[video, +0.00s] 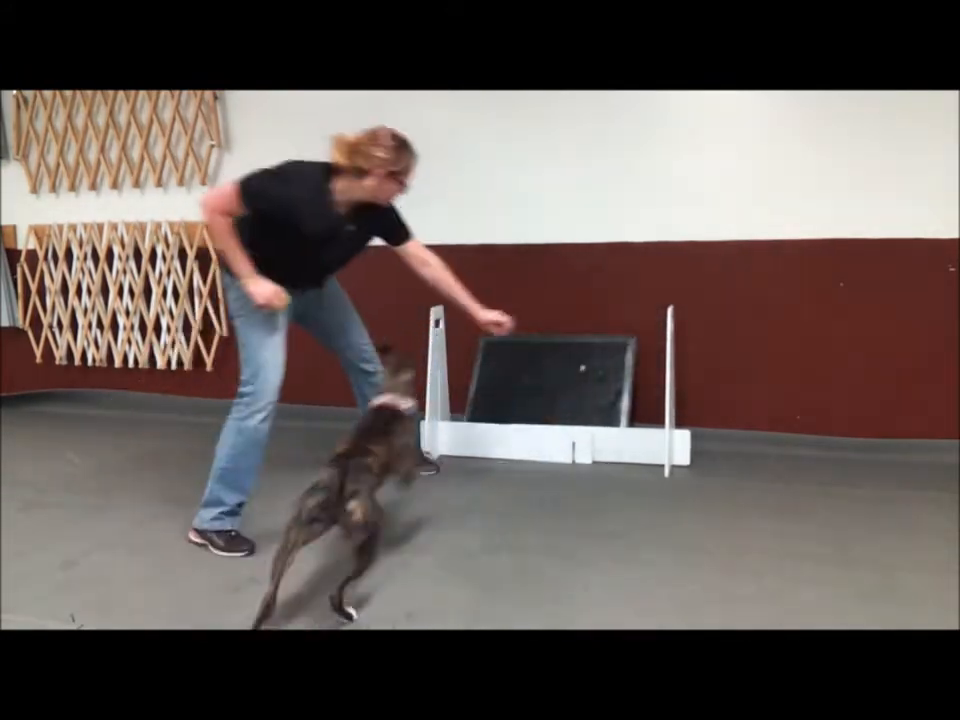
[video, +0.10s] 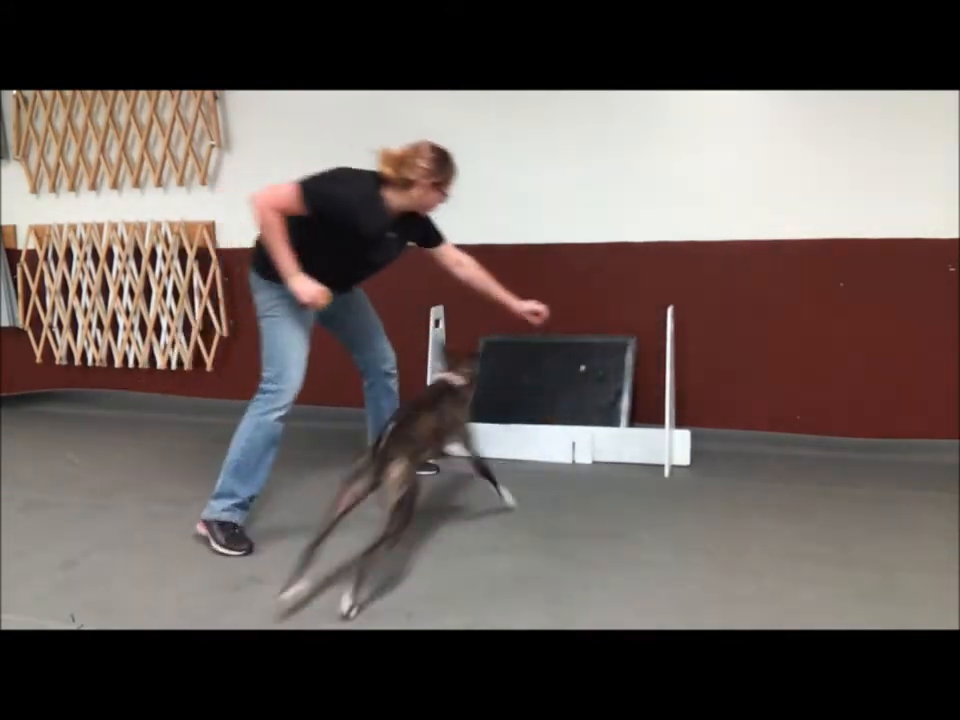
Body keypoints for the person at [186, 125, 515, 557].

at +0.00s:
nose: (402, 189)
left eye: (404, 180)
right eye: (398, 179)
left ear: (376, 177)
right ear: (373, 174)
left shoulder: (377, 211)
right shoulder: (295, 183)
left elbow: (422, 260)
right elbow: (214, 206)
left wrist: (478, 312)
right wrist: (249, 278)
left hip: (313, 285)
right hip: (258, 282)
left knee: (365, 361)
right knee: (261, 394)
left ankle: (397, 454)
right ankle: (214, 521)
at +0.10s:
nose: (440, 200)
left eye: (443, 193)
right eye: (438, 191)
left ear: (426, 187)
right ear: (417, 181)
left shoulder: (413, 223)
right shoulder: (348, 188)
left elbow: (458, 263)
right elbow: (266, 203)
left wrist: (515, 305)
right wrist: (294, 276)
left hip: (337, 289)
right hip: (281, 282)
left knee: (381, 363)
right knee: (281, 388)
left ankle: (390, 461)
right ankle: (222, 515)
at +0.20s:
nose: (469, 210)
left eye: (470, 203)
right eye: (467, 202)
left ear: (449, 195)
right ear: (447, 194)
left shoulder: (438, 231)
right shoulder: (391, 193)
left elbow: (479, 259)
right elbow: (311, 207)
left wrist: (533, 290)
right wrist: (337, 279)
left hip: (351, 283)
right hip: (302, 272)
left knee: (392, 360)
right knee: (310, 381)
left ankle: (389, 457)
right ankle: (243, 501)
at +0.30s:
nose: (478, 212)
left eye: (480, 207)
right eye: (478, 204)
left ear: (460, 197)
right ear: (464, 197)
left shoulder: (446, 229)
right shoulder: (412, 198)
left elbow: (481, 253)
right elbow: (341, 213)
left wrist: (523, 275)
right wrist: (372, 280)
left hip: (354, 272)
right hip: (317, 266)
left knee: (395, 354)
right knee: (340, 374)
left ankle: (392, 455)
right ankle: (273, 488)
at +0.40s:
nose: (482, 209)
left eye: (485, 202)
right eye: (483, 200)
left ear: (464, 190)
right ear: (469, 192)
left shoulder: (441, 218)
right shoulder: (422, 199)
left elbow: (465, 237)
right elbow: (356, 218)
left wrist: (496, 256)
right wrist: (389, 276)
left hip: (361, 268)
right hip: (329, 263)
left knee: (400, 352)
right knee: (371, 366)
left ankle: (393, 457)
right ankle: (326, 487)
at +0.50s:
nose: (485, 200)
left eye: (488, 194)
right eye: (486, 192)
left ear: (468, 183)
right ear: (471, 184)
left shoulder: (444, 201)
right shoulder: (425, 194)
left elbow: (450, 218)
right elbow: (357, 221)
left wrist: (474, 230)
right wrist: (391, 275)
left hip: (363, 264)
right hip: (334, 263)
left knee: (407, 353)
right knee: (391, 359)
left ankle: (398, 455)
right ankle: (370, 483)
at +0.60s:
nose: (491, 198)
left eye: (494, 191)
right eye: (491, 190)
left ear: (472, 181)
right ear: (474, 182)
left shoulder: (447, 206)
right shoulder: (425, 192)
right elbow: (353, 229)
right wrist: (394, 278)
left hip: (367, 263)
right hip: (332, 259)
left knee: (406, 352)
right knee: (386, 351)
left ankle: (397, 454)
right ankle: (374, 475)